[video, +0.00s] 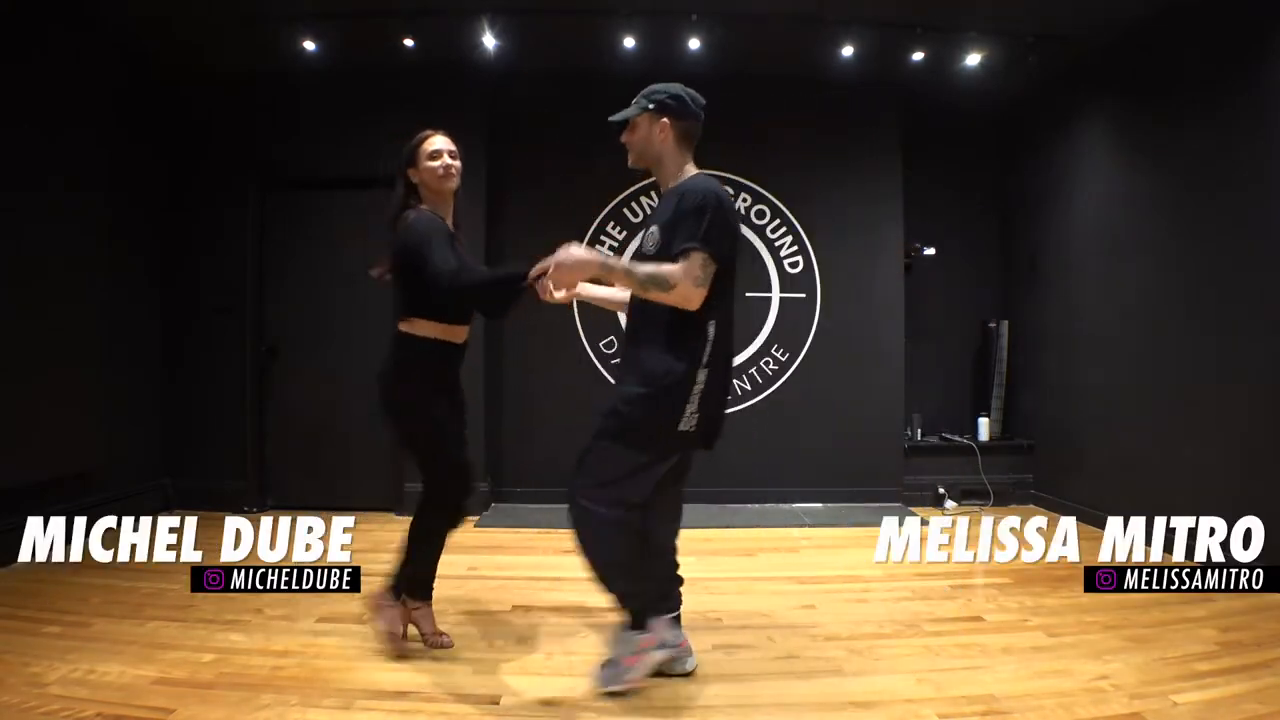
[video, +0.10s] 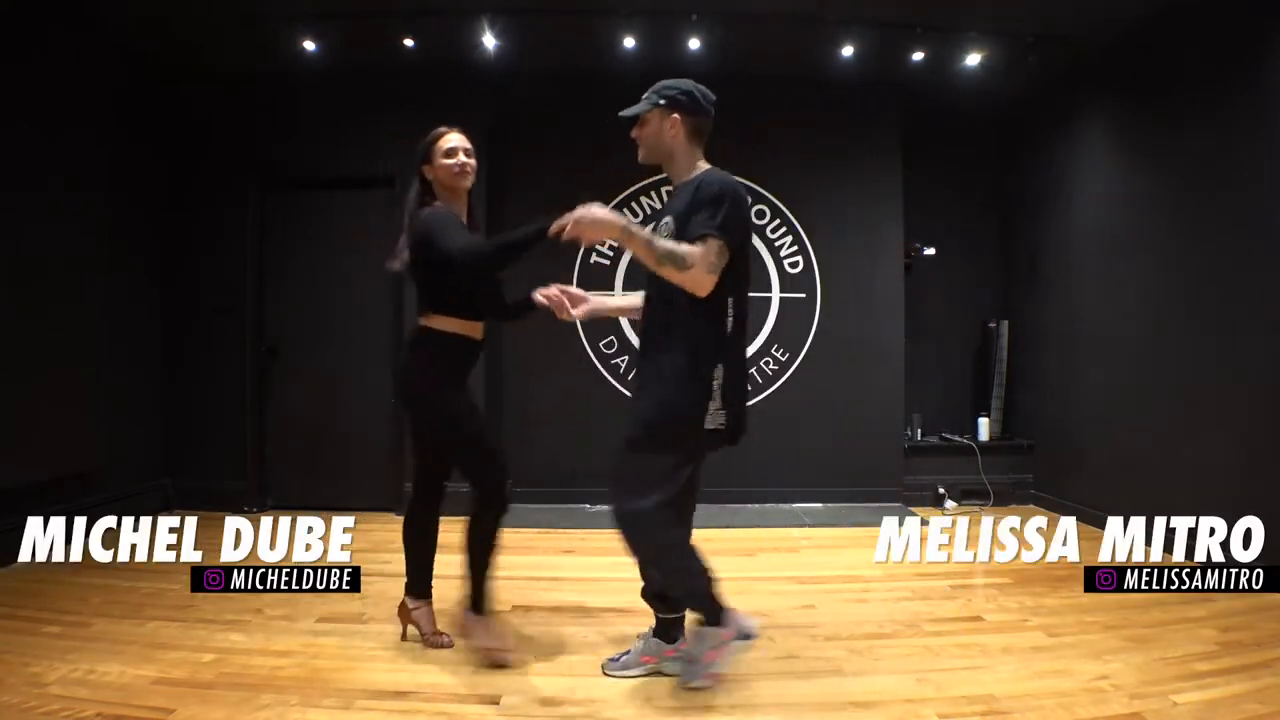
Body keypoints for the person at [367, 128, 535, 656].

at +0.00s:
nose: (448, 162)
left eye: (453, 155)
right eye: (435, 156)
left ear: (460, 169)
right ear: (413, 174)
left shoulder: (447, 233)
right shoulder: (418, 226)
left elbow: (491, 306)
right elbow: (454, 284)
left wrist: (531, 286)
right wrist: (530, 272)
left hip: (441, 368)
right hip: (414, 367)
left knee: (451, 486)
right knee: (446, 484)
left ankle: (418, 598)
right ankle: (394, 595)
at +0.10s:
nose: (463, 161)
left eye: (468, 154)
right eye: (450, 154)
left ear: (476, 167)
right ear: (428, 171)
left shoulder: (469, 230)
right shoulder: (432, 221)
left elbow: (489, 310)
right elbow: (473, 256)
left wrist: (536, 299)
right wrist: (550, 228)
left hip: (451, 365)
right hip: (431, 364)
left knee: (428, 486)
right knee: (492, 476)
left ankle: (416, 599)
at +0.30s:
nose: (499, 159)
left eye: (504, 152)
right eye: (486, 152)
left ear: (511, 165)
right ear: (462, 168)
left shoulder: (506, 226)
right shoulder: (472, 221)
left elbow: (532, 313)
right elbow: (528, 244)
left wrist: (593, 346)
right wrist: (592, 205)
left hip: (494, 368)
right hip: (481, 369)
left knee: (488, 486)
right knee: (529, 490)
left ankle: (433, 593)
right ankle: (534, 620)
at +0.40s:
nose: (513, 158)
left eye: (518, 152)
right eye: (500, 152)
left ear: (524, 167)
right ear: (475, 169)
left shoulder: (518, 230)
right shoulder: (489, 223)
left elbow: (551, 312)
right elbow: (549, 270)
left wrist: (619, 337)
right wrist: (618, 255)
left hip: (512, 368)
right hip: (489, 367)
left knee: (536, 491)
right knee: (522, 494)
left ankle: (467, 582)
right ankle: (531, 622)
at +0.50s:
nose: (532, 159)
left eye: (536, 152)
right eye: (518, 153)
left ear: (542, 166)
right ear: (494, 172)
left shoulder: (535, 229)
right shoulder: (510, 233)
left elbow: (572, 292)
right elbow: (572, 313)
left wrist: (630, 282)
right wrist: (645, 326)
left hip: (532, 374)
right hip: (502, 374)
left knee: (582, 488)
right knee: (519, 499)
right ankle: (529, 624)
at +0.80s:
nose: (585, 167)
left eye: (583, 159)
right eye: (574, 160)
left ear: (565, 174)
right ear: (542, 172)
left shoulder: (575, 237)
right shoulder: (545, 237)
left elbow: (618, 291)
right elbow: (585, 299)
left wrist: (672, 274)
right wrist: (675, 308)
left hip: (570, 384)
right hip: (541, 387)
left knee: (616, 498)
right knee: (582, 502)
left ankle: (621, 623)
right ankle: (536, 619)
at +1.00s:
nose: (591, 174)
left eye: (587, 166)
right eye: (580, 166)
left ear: (561, 177)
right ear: (549, 176)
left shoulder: (569, 241)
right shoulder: (546, 237)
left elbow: (602, 333)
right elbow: (614, 280)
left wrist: (668, 356)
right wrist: (690, 243)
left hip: (581, 386)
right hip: (553, 389)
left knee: (622, 504)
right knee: (619, 503)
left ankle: (619, 623)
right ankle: (546, 608)